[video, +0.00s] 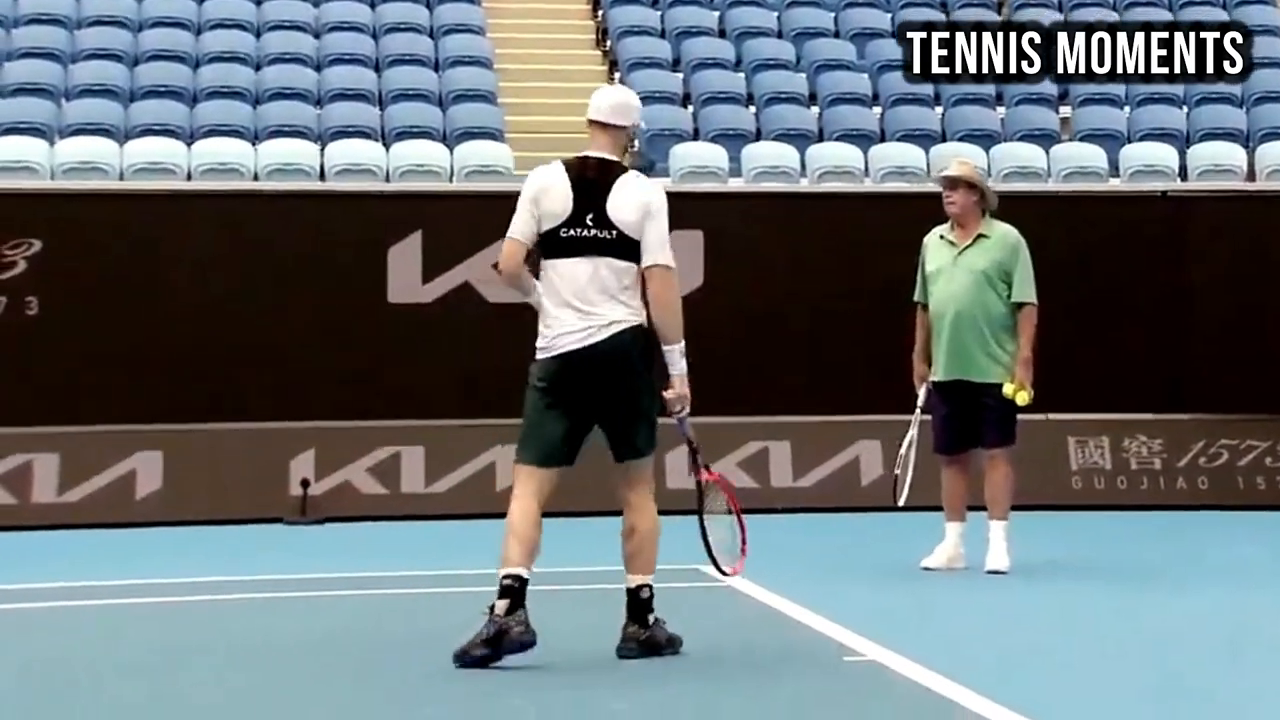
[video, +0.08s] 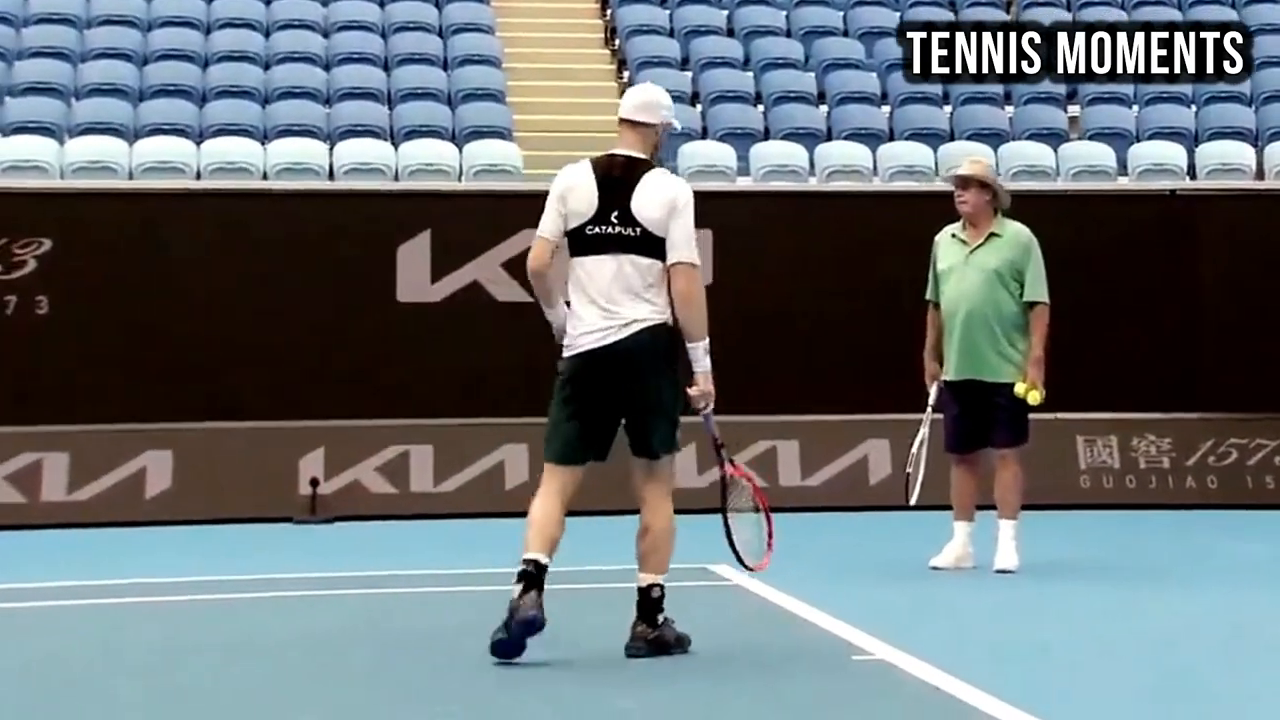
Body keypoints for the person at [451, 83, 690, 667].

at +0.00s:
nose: (622, 138)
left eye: (603, 124)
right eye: (631, 131)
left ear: (586, 125)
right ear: (633, 133)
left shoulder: (542, 180)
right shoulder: (646, 192)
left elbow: (510, 263)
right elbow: (659, 283)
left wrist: (545, 292)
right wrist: (677, 368)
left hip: (557, 359)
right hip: (627, 357)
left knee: (528, 489)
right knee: (638, 488)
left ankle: (508, 613)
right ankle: (640, 622)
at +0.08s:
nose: (665, 137)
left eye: (653, 127)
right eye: (665, 130)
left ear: (617, 123)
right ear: (662, 131)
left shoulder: (571, 179)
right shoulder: (673, 189)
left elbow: (538, 263)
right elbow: (683, 279)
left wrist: (561, 319)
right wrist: (701, 363)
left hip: (585, 355)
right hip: (651, 354)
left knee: (555, 484)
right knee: (655, 488)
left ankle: (527, 592)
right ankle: (649, 621)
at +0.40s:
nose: (748, 143)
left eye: (746, 134)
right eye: (747, 134)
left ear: (699, 129)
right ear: (738, 134)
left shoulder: (650, 182)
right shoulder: (734, 187)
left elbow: (617, 265)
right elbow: (739, 276)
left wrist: (606, 344)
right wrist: (767, 352)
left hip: (646, 348)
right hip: (700, 344)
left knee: (680, 481)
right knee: (692, 484)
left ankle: (673, 608)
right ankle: (668, 617)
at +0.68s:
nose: (801, 161)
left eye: (800, 152)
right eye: (800, 152)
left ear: (755, 148)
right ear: (790, 151)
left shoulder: (712, 199)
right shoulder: (782, 201)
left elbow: (676, 277)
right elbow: (782, 282)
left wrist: (672, 357)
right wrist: (802, 365)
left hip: (709, 357)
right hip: (751, 355)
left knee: (769, 482)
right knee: (729, 492)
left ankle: (809, 611)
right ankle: (672, 614)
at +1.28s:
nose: (868, 158)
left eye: (857, 150)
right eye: (871, 151)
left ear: (832, 157)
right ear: (875, 157)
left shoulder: (803, 206)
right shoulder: (899, 199)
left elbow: (782, 285)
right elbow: (932, 278)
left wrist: (788, 359)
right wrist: (947, 353)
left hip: (828, 368)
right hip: (892, 363)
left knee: (829, 490)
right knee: (927, 481)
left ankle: (818, 618)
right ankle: (962, 606)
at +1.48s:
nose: (892, 164)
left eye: (881, 157)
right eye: (900, 155)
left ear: (872, 162)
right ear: (914, 159)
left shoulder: (853, 209)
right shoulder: (950, 206)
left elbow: (835, 289)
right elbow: (987, 282)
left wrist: (833, 358)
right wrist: (990, 360)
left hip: (878, 374)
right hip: (943, 369)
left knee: (852, 490)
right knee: (972, 485)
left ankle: (825, 612)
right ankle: (1007, 610)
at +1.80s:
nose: (935, 168)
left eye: (929, 162)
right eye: (952, 157)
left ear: (930, 165)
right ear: (971, 160)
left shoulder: (918, 210)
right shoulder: (1011, 209)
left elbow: (906, 290)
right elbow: (1050, 286)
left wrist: (905, 352)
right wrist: (1058, 364)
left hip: (939, 374)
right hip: (1000, 369)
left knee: (919, 484)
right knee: (1002, 491)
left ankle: (928, 602)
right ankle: (1015, 619)